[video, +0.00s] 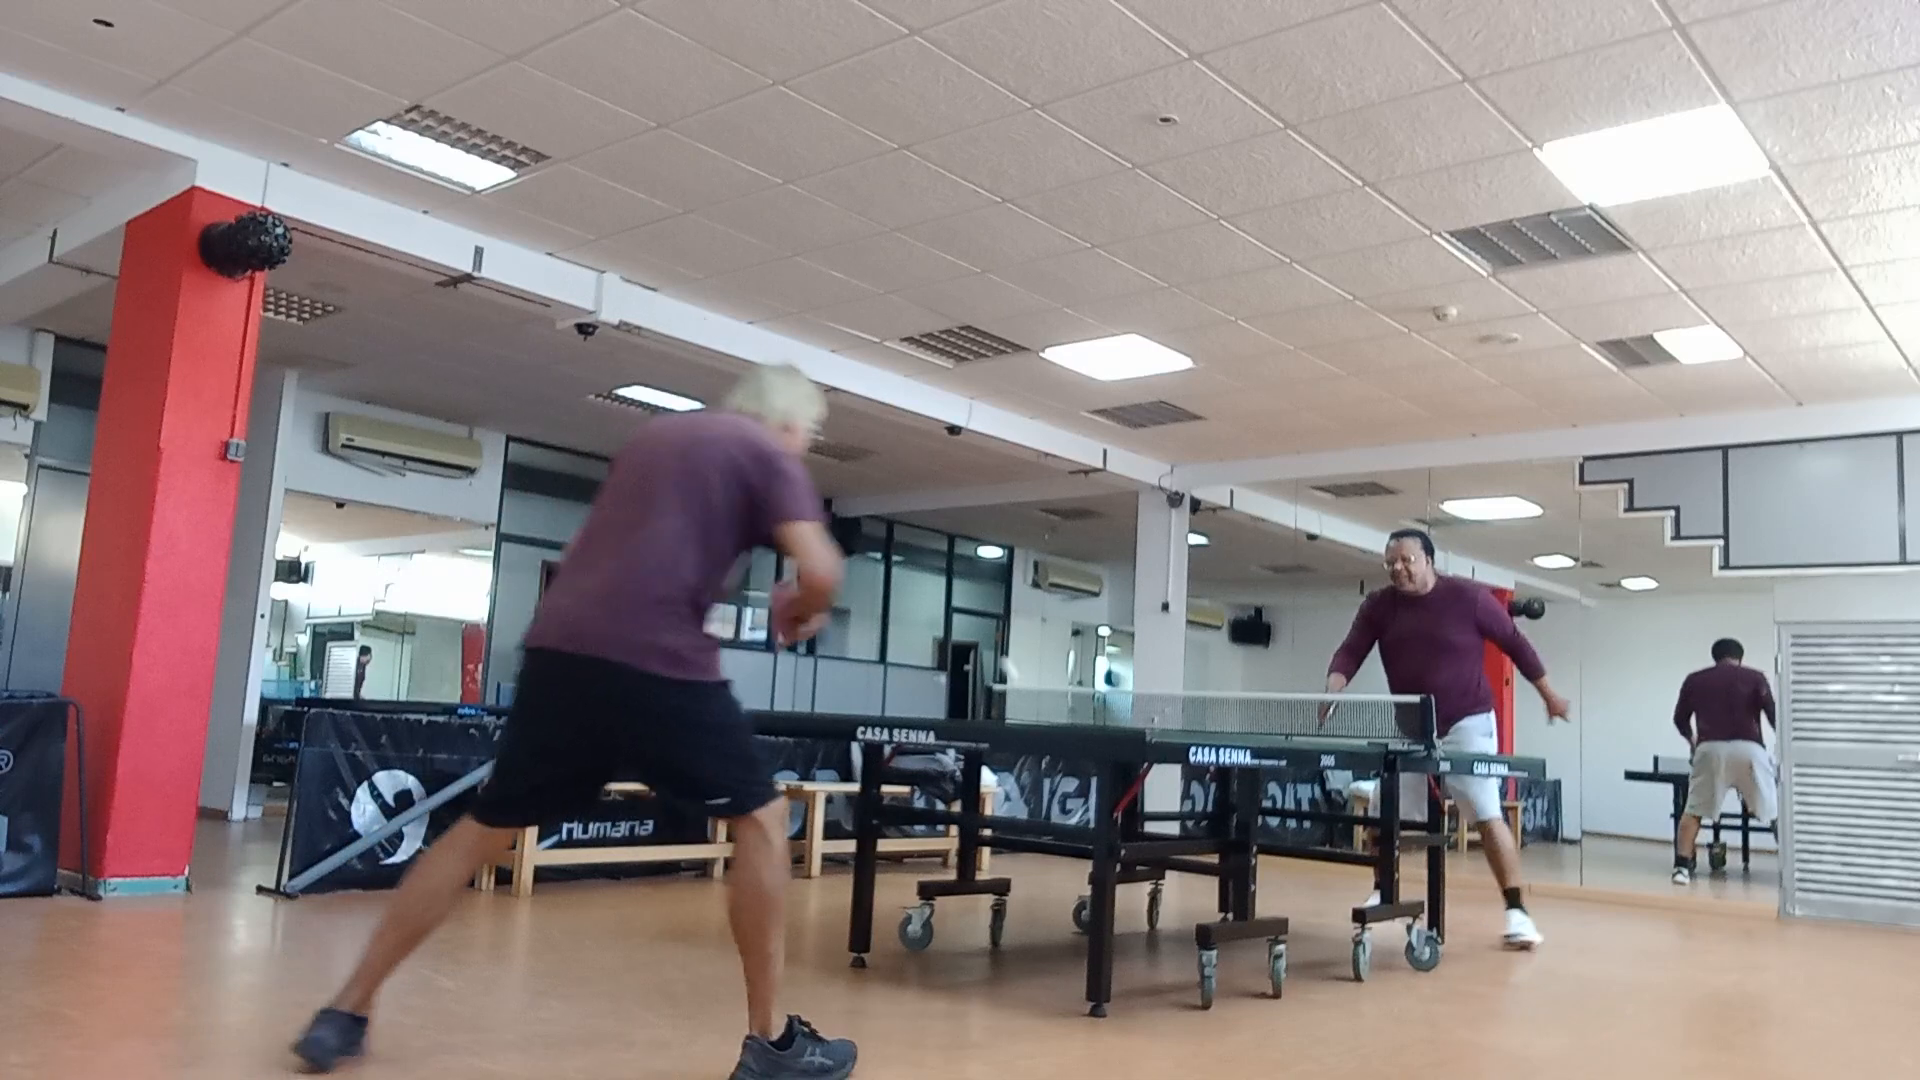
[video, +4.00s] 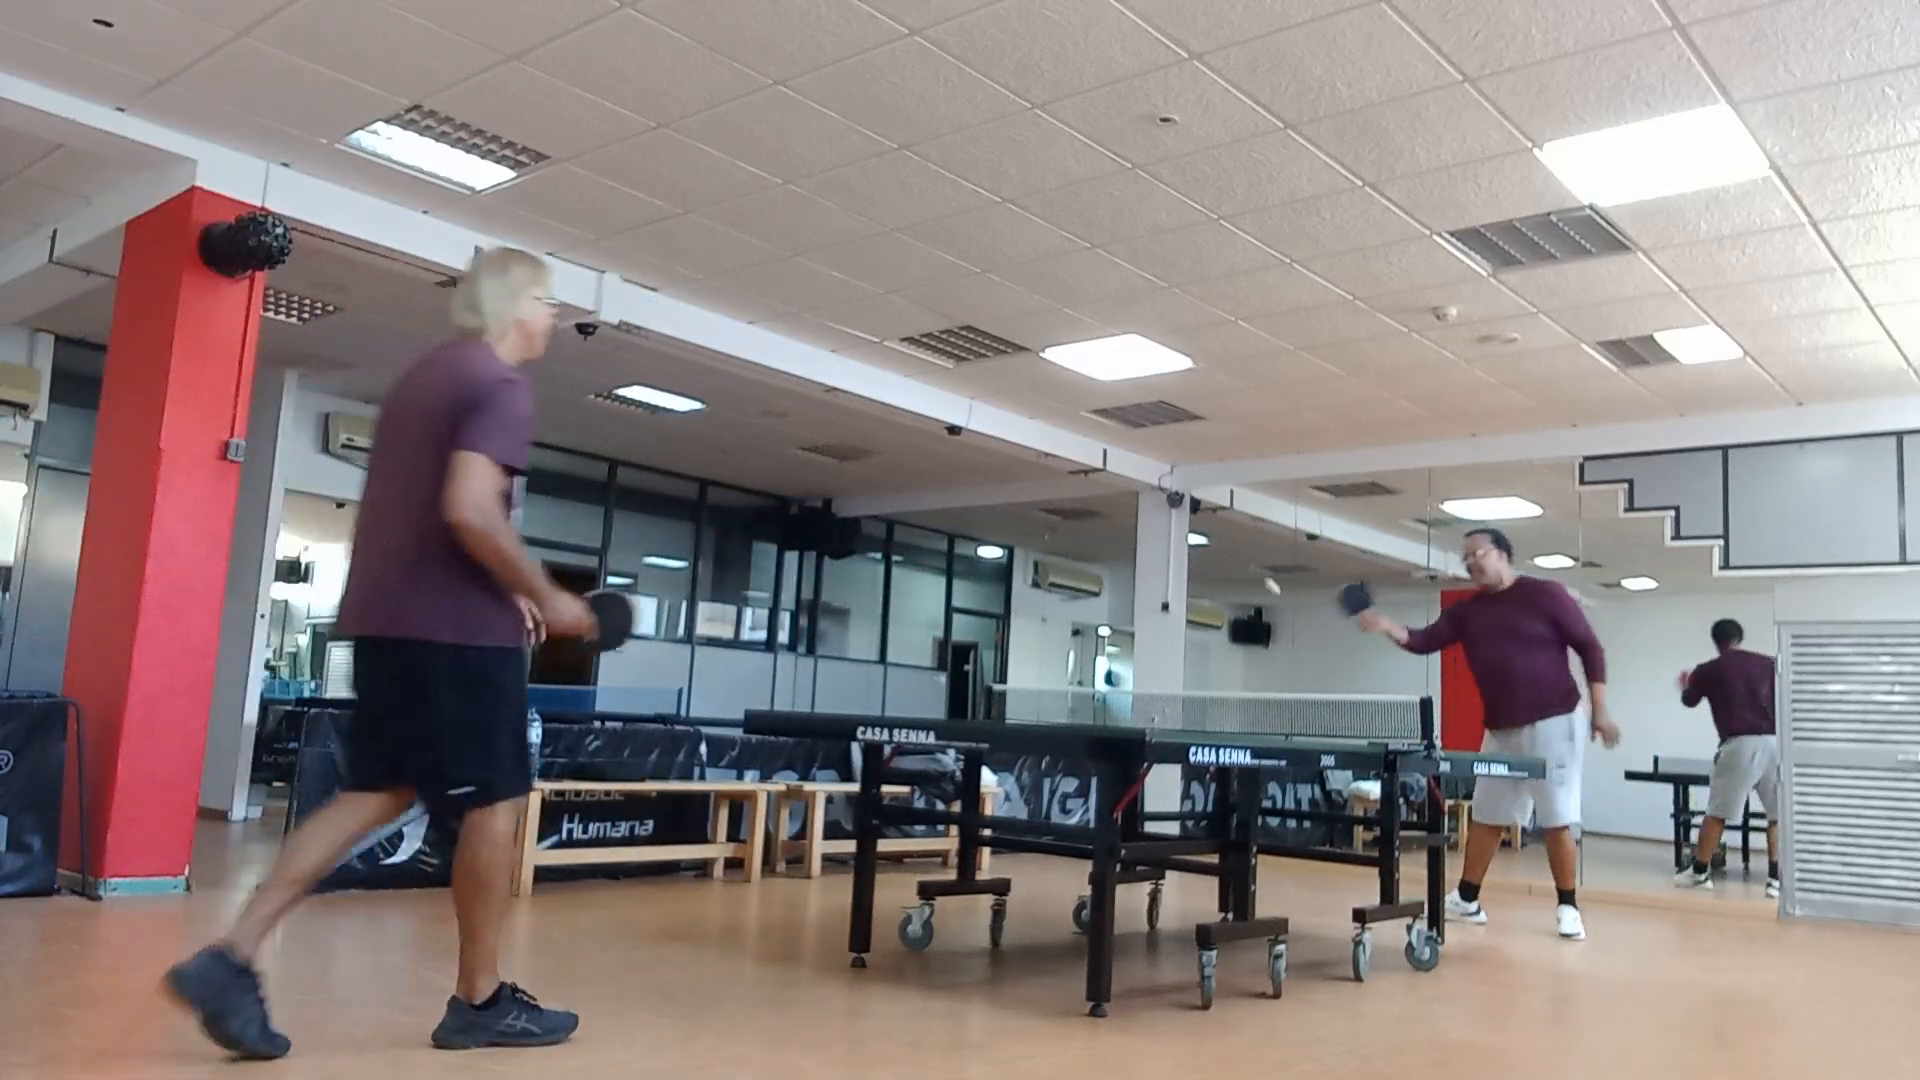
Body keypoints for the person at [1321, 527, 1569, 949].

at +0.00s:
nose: (1400, 568)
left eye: (1408, 559)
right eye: (1393, 562)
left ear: (1428, 561)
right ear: (1387, 567)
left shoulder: (1469, 597)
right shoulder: (1379, 606)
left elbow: (1514, 641)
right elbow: (1351, 651)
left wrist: (1548, 692)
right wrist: (1333, 690)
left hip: (1467, 721)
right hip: (1410, 726)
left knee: (1485, 812)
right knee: (1384, 811)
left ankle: (1516, 912)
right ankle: (1384, 894)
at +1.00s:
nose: (1440, 591)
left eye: (1448, 582)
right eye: (1433, 584)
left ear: (1467, 577)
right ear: (1426, 584)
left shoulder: (1502, 610)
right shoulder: (1414, 620)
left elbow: (1542, 658)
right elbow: (1386, 675)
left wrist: (1545, 706)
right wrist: (1432, 710)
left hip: (1507, 733)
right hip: (1448, 739)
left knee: (1527, 819)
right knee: (1409, 820)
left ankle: (1567, 911)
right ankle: (1401, 896)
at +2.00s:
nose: (1450, 549)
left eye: (1458, 541)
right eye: (1448, 544)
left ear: (1485, 546)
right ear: (1453, 553)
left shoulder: (1519, 591)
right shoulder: (1452, 597)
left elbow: (1539, 646)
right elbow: (1453, 652)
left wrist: (1521, 694)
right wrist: (1427, 693)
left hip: (1515, 716)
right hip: (1466, 719)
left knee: (1516, 815)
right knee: (1455, 812)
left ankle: (1568, 909)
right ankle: (1462, 906)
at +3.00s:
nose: (1403, 598)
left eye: (1401, 590)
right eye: (1400, 591)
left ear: (1412, 580)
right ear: (1429, 575)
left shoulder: (1438, 597)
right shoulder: (1462, 592)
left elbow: (1442, 657)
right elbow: (1446, 654)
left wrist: (1428, 714)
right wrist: (1396, 653)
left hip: (1487, 702)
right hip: (1501, 699)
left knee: (1480, 801)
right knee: (1467, 806)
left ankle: (1534, 891)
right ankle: (1463, 900)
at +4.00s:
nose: (1470, 561)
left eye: (1477, 553)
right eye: (1466, 557)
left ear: (1502, 553)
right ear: (1466, 566)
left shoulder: (1546, 594)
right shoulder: (1465, 611)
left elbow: (1591, 647)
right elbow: (1423, 641)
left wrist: (1600, 710)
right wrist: (1386, 627)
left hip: (1556, 722)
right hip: (1502, 729)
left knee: (1558, 821)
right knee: (1485, 816)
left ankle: (1568, 907)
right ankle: (1466, 900)